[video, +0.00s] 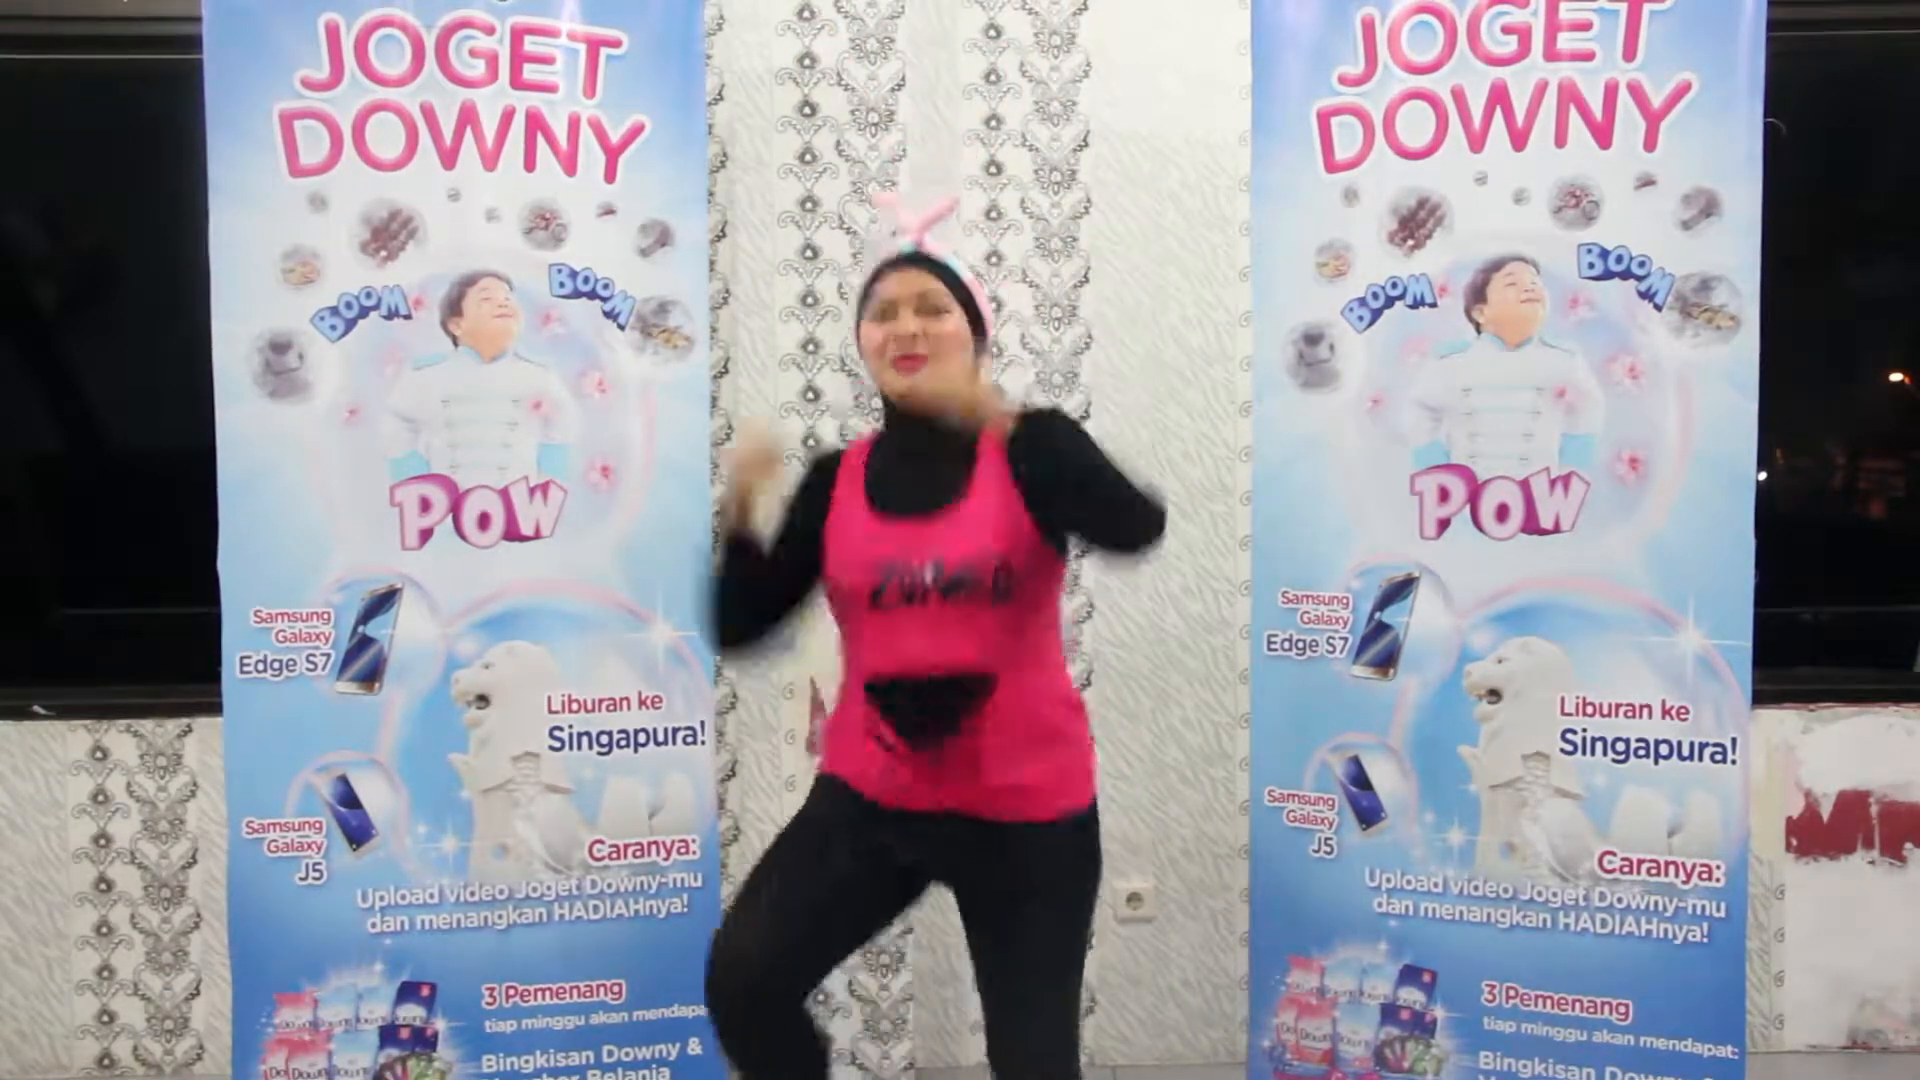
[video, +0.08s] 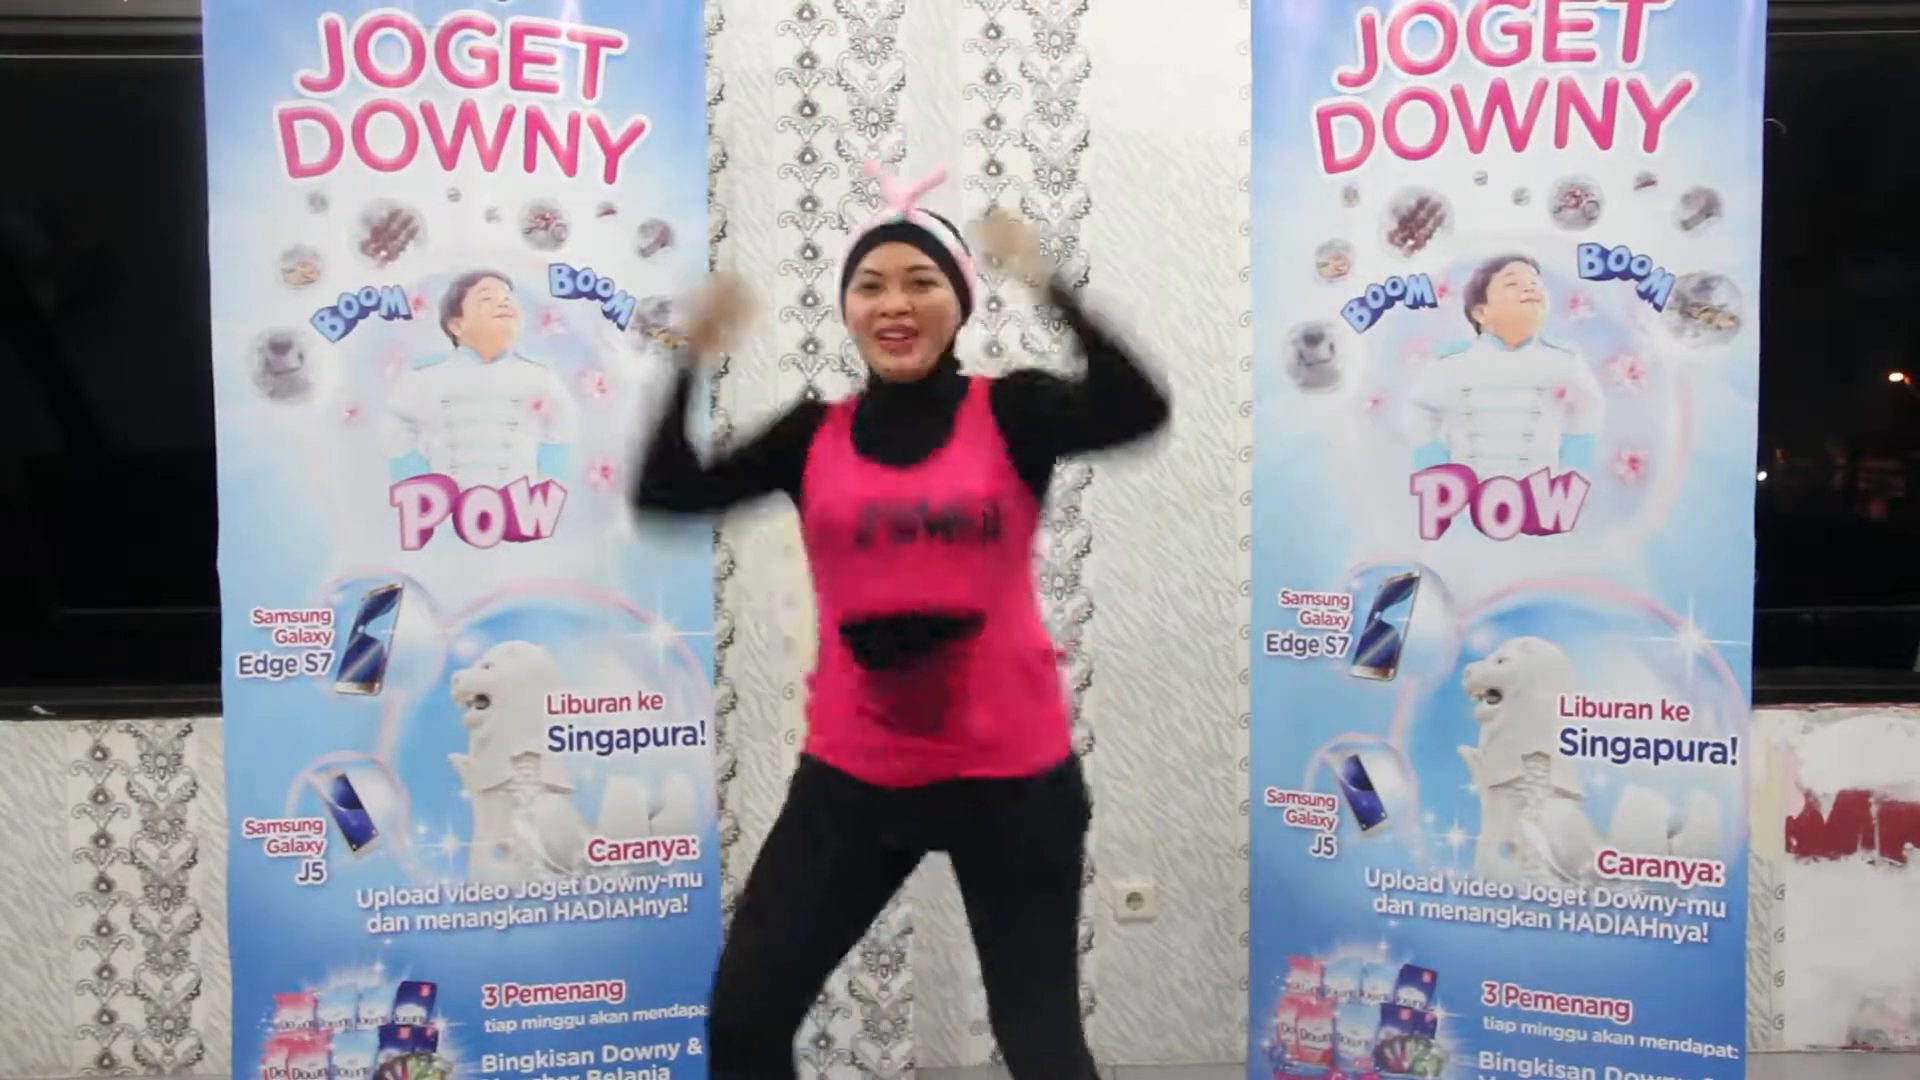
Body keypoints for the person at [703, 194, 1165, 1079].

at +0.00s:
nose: (906, 328)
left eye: (930, 310)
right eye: (884, 314)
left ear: (976, 336)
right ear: (861, 348)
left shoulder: (1032, 453)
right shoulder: (836, 480)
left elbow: (1136, 526)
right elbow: (741, 621)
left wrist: (1012, 425)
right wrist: (738, 523)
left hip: (1024, 809)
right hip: (872, 800)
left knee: (1034, 1059)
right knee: (744, 981)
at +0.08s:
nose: (895, 303)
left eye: (920, 282)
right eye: (872, 285)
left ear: (960, 304)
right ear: (846, 310)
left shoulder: (1014, 410)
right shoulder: (812, 435)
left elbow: (1139, 409)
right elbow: (664, 492)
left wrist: (1053, 287)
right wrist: (690, 359)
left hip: (1011, 780)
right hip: (857, 781)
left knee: (1042, 1042)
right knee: (744, 1022)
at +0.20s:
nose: (879, 345)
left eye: (903, 327)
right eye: (858, 327)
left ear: (938, 350)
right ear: (826, 350)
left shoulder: (976, 446)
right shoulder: (779, 450)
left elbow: (1056, 279)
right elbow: (681, 305)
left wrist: (1147, 124)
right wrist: (614, 137)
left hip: (977, 835)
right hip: (815, 840)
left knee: (1041, 1063)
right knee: (761, 1063)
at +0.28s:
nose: (869, 355)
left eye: (895, 340)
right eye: (847, 335)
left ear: (928, 370)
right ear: (813, 363)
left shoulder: (958, 472)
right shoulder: (770, 467)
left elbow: (1055, 318)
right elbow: (690, 305)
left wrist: (1130, 146)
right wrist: (607, 142)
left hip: (958, 849)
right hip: (796, 850)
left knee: (1022, 1064)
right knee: (740, 1064)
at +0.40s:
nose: (869, 330)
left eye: (895, 314)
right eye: (846, 310)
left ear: (927, 342)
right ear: (812, 335)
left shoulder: (972, 442)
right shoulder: (752, 445)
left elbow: (1148, 421)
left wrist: (1127, 277)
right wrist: (584, 281)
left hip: (960, 824)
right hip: (797, 827)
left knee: (1004, 1057)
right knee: (763, 1062)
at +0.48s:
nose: (870, 337)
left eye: (896, 318)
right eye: (845, 315)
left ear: (928, 344)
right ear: (813, 338)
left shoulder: (980, 453)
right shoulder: (757, 465)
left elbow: (1129, 558)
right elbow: (621, 590)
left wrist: (1127, 468)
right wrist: (600, 482)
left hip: (966, 817)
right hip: (808, 820)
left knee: (997, 1060)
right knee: (767, 1061)